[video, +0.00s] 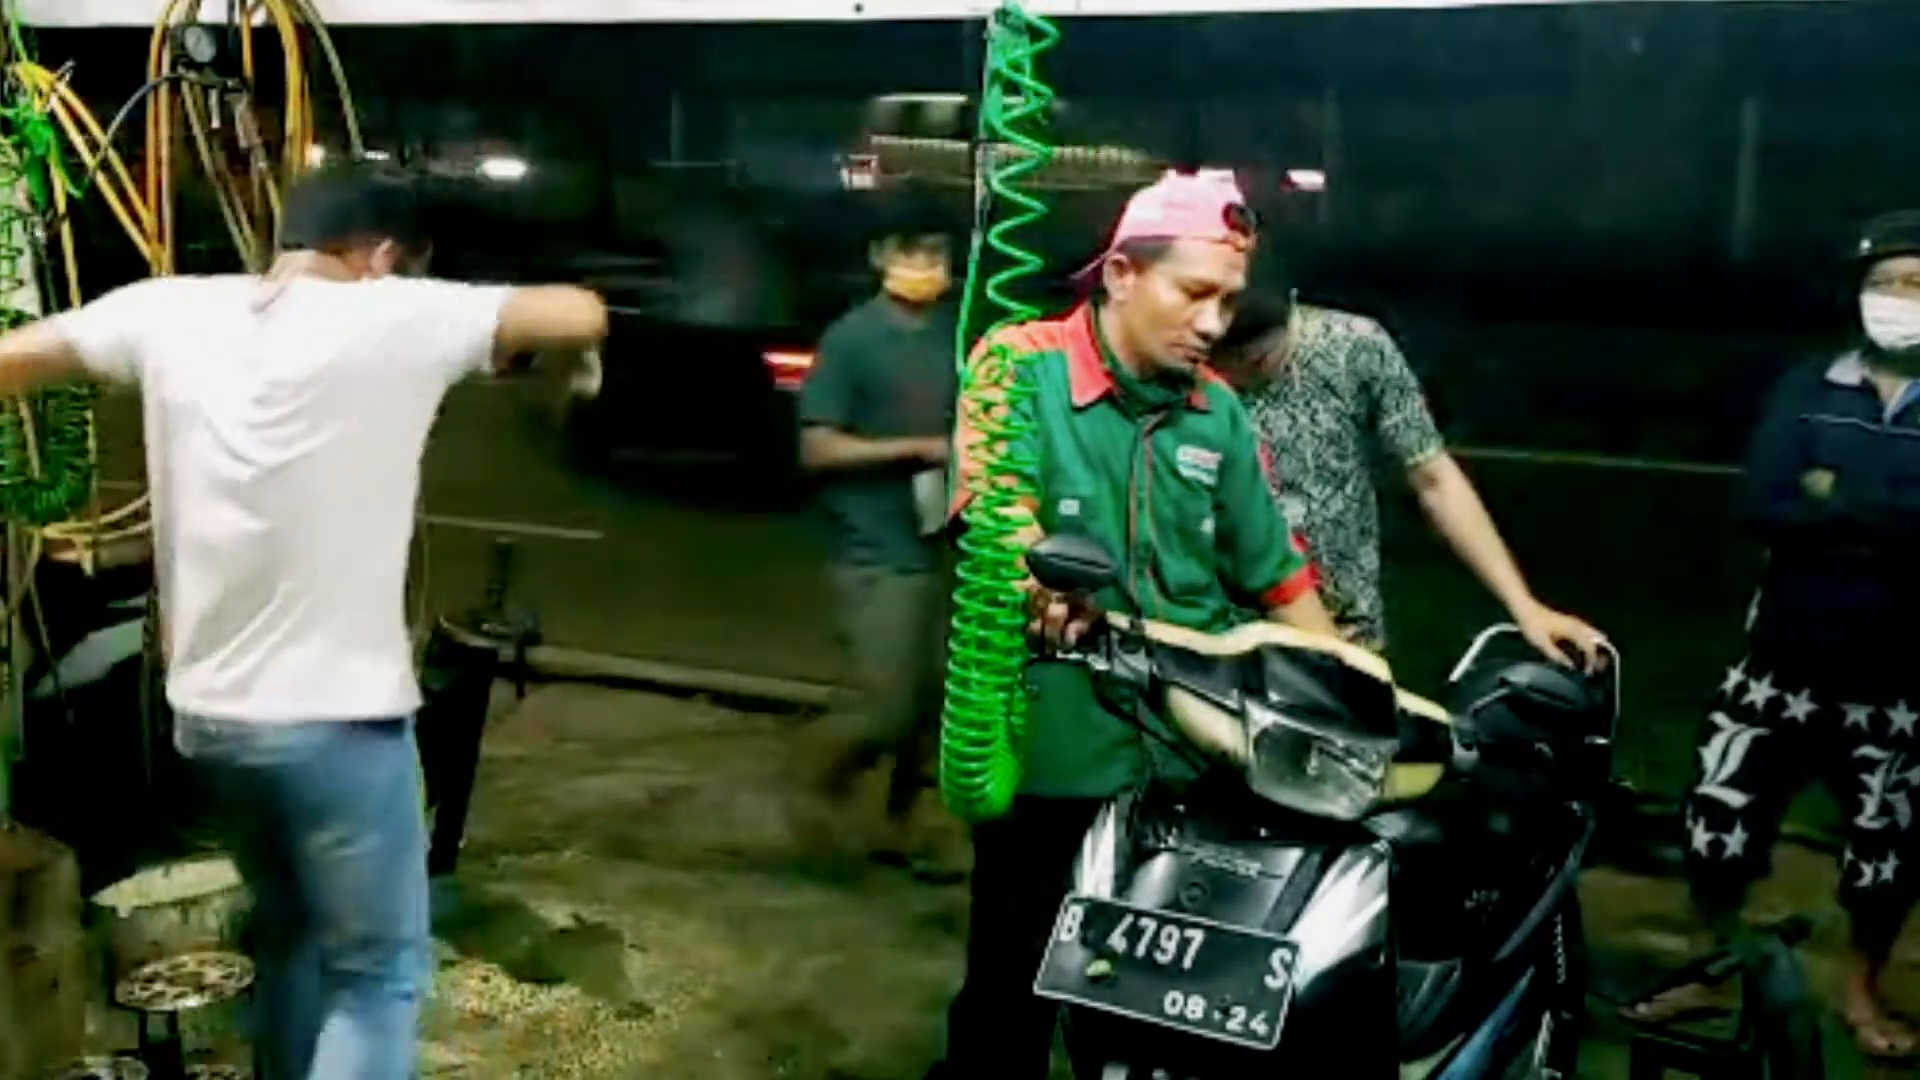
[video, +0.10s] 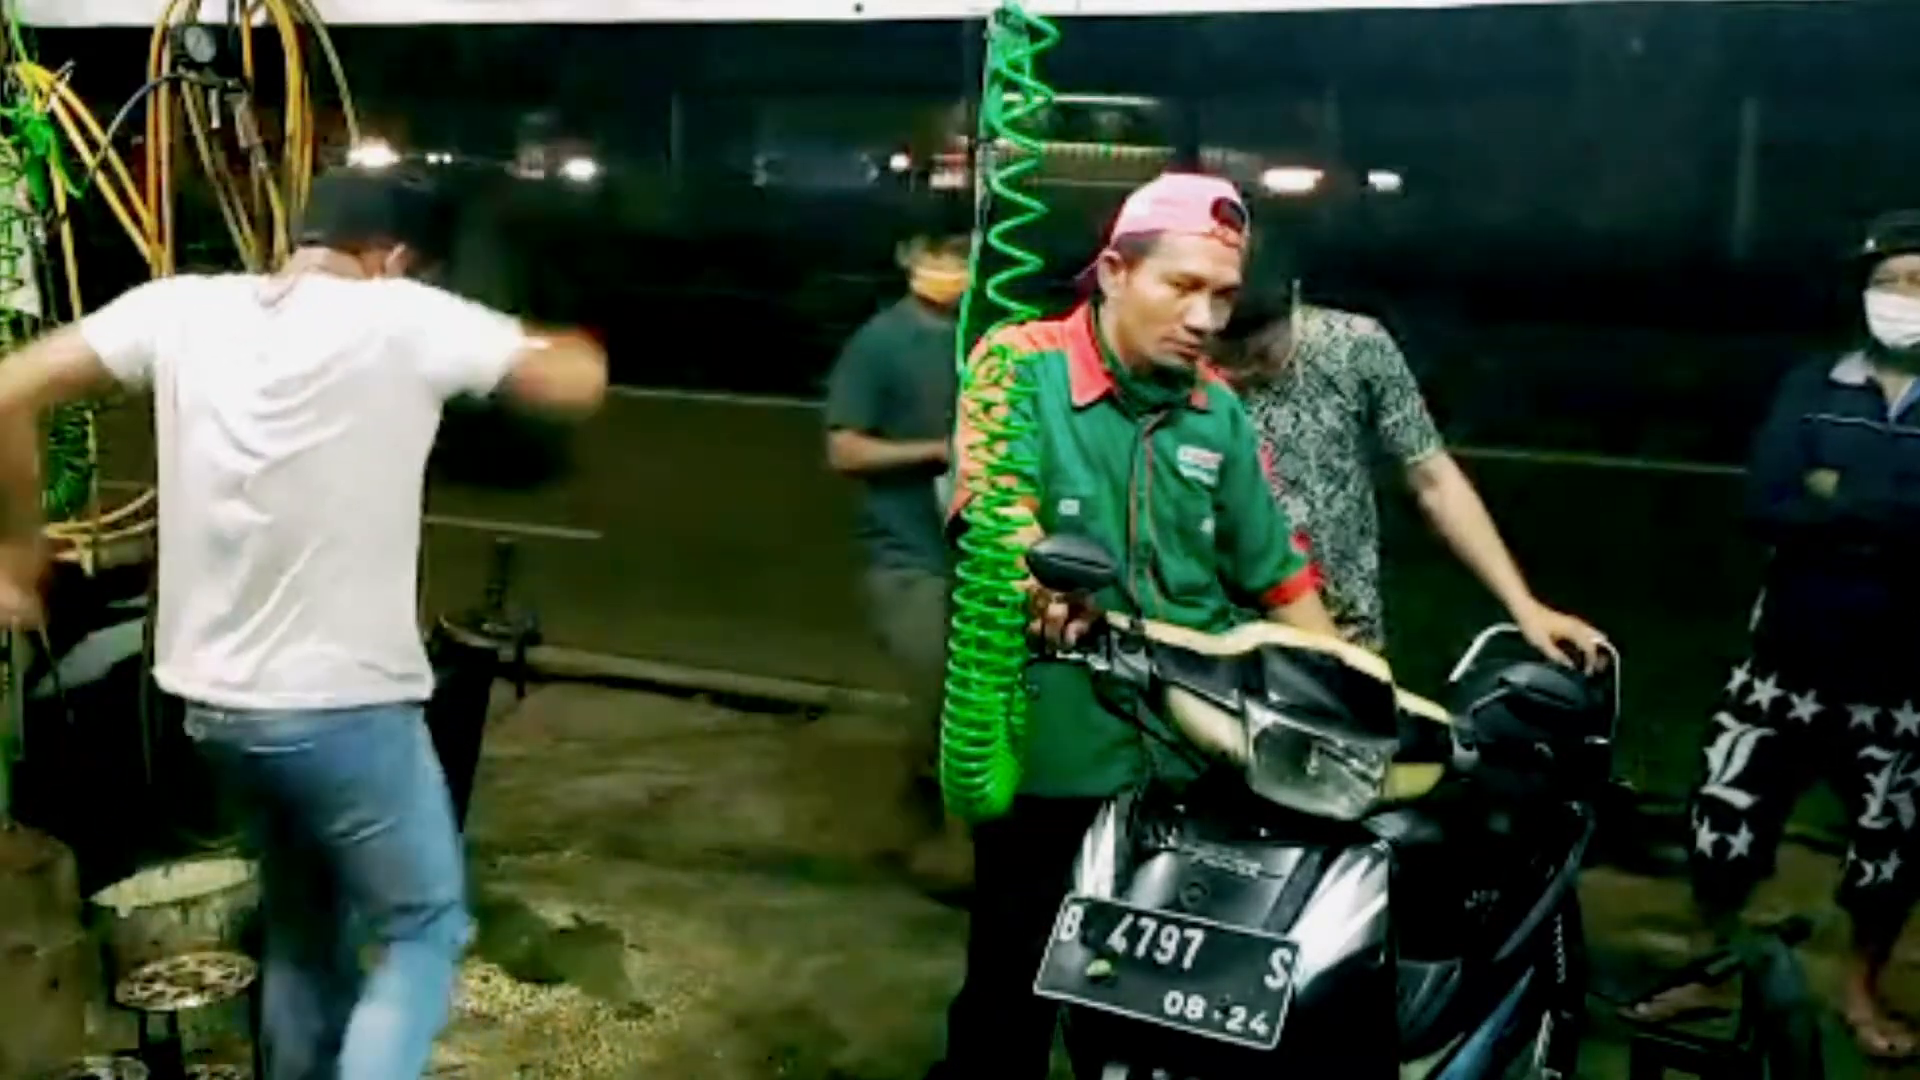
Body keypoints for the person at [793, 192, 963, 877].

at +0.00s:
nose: (923, 268)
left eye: (934, 255)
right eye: (910, 253)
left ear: (951, 264)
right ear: (882, 257)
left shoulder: (951, 340)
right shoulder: (850, 339)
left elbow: (969, 424)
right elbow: (819, 445)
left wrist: (977, 459)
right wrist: (928, 448)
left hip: (947, 548)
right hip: (873, 547)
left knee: (931, 704)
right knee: (887, 704)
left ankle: (902, 827)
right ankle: (815, 780)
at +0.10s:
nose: (956, 271)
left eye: (964, 258)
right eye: (943, 257)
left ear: (973, 266)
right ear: (911, 260)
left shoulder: (977, 338)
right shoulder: (881, 340)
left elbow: (998, 423)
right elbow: (845, 447)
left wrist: (991, 449)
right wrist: (945, 449)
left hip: (978, 551)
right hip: (905, 549)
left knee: (970, 692)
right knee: (935, 689)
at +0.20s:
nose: (976, 282)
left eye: (982, 269)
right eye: (963, 268)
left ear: (992, 275)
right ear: (935, 272)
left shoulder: (990, 344)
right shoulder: (901, 346)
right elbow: (865, 453)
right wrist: (957, 452)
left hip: (984, 557)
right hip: (918, 558)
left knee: (966, 698)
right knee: (951, 695)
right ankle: (922, 833)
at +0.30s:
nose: (1010, 297)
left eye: (1020, 283)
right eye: (997, 282)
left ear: (1034, 287)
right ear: (964, 283)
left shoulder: (1044, 353)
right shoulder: (937, 355)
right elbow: (901, 466)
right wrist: (974, 465)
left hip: (1028, 541)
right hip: (952, 547)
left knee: (1023, 688)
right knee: (959, 687)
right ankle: (918, 825)